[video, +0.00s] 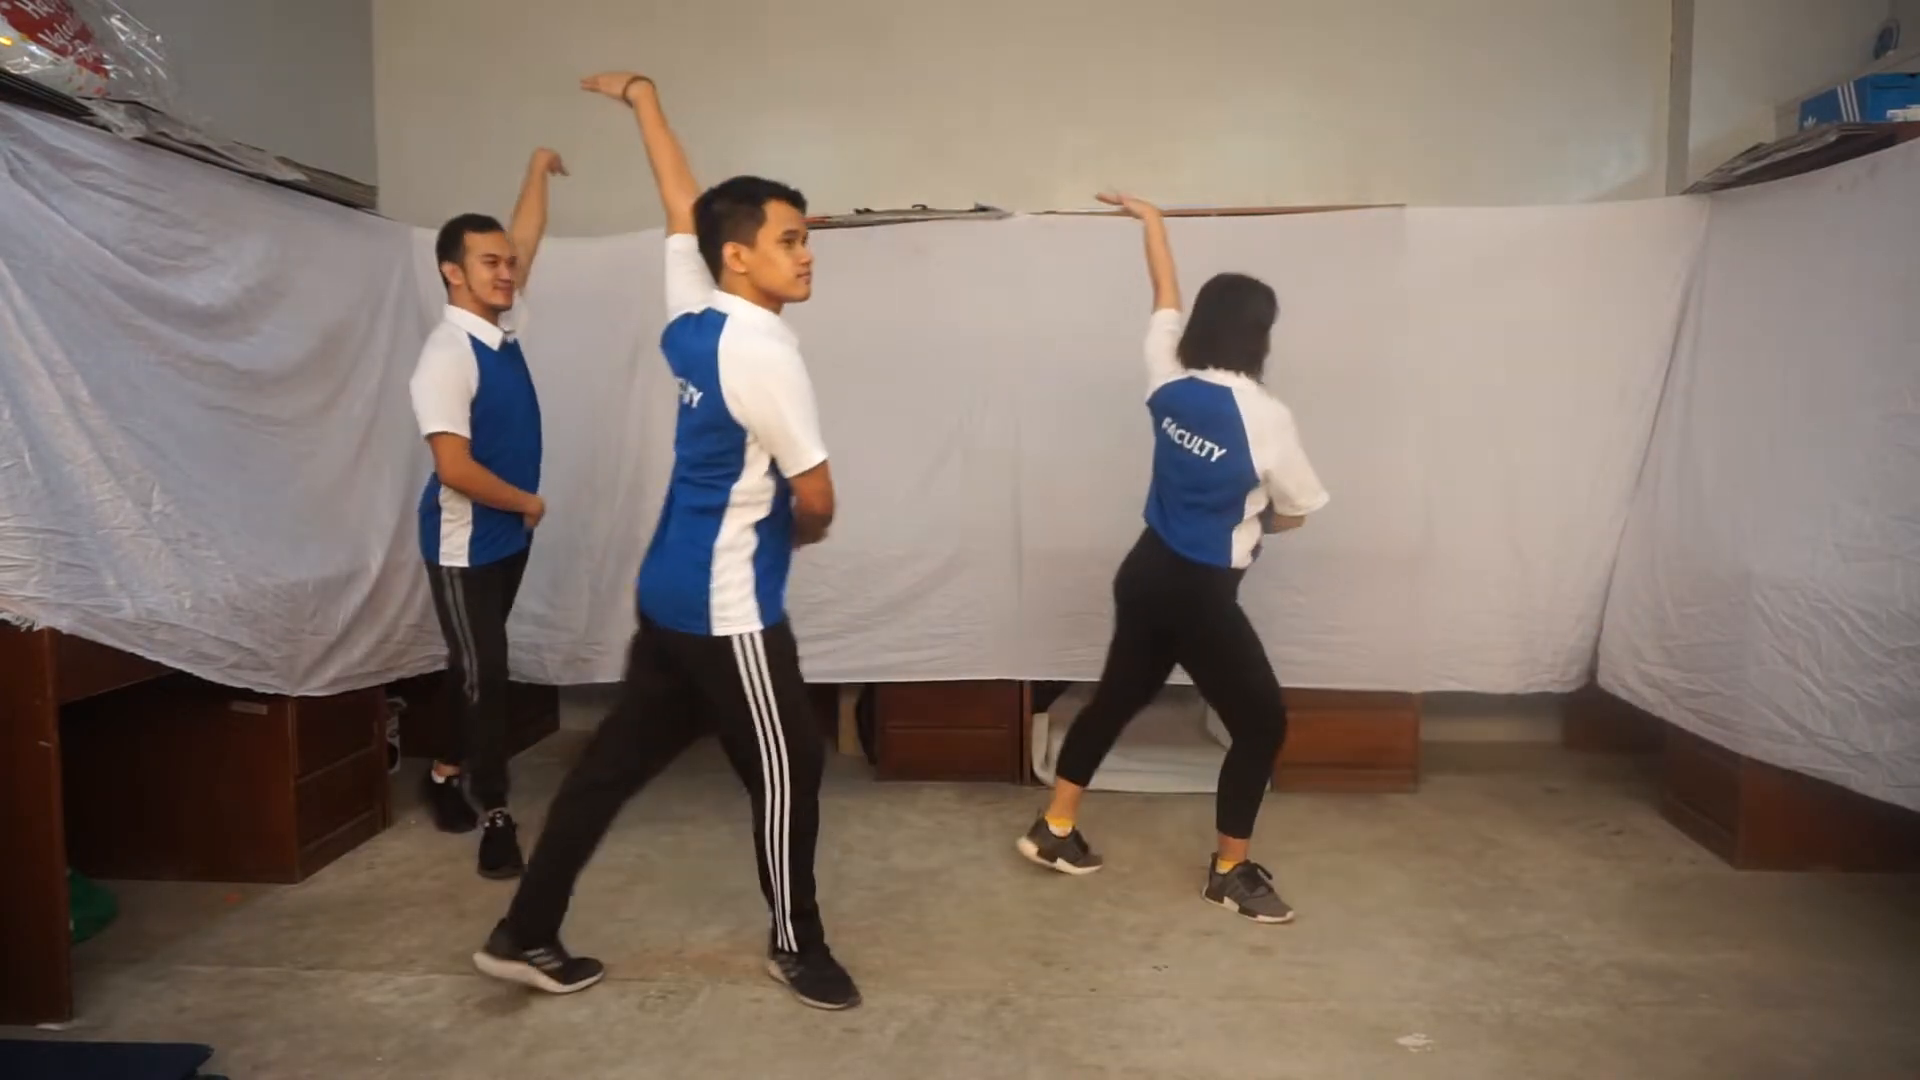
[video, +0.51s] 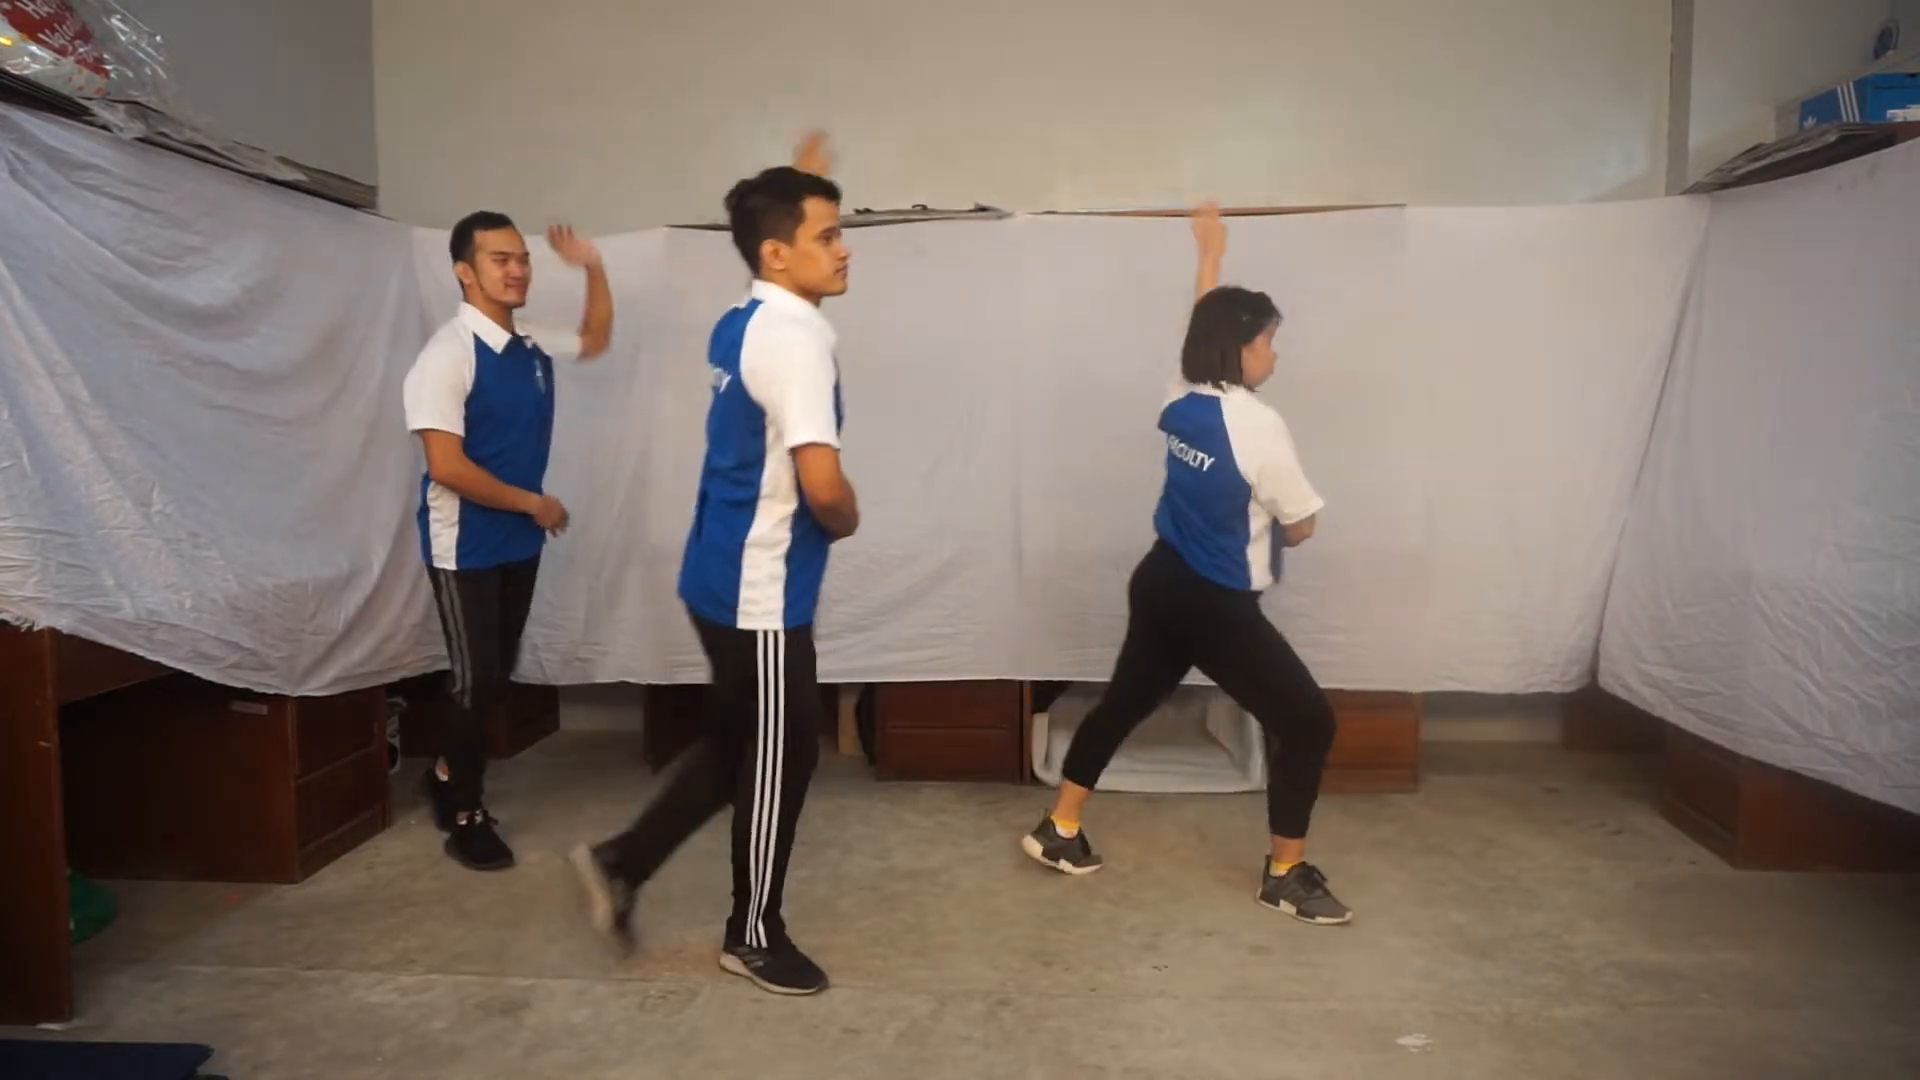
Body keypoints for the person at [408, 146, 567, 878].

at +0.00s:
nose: (506, 270)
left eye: (510, 262)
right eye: (492, 262)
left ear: (512, 271)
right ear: (455, 273)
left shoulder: (498, 327)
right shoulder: (449, 351)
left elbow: (520, 247)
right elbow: (451, 466)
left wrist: (538, 171)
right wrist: (526, 502)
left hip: (503, 535)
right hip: (462, 543)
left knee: (480, 667)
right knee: (485, 679)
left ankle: (449, 772)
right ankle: (497, 818)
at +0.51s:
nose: (518, 270)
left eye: (523, 259)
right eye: (502, 259)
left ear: (529, 270)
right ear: (465, 272)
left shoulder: (530, 348)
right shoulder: (446, 355)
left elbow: (594, 341)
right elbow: (445, 466)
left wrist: (593, 268)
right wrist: (532, 502)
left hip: (516, 543)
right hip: (462, 549)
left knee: (492, 678)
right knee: (476, 683)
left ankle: (448, 773)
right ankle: (468, 810)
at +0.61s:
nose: (524, 269)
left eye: (532, 258)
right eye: (508, 258)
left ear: (541, 267)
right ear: (476, 270)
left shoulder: (548, 354)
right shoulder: (454, 359)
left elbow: (595, 418)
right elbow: (448, 464)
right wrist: (533, 499)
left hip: (538, 552)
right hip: (470, 560)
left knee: (553, 665)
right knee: (470, 687)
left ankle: (492, 759)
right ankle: (468, 814)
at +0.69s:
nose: (538, 268)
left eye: (547, 257)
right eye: (522, 257)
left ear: (556, 266)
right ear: (491, 269)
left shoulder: (564, 357)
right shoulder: (468, 354)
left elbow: (590, 444)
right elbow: (458, 460)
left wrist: (641, 468)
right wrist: (543, 499)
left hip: (554, 548)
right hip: (482, 555)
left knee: (582, 658)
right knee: (475, 686)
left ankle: (559, 785)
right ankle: (468, 815)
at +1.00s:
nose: (605, 267)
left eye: (616, 256)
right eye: (590, 255)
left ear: (626, 265)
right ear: (561, 263)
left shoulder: (655, 351)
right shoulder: (525, 351)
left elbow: (692, 443)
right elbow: (496, 450)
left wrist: (674, 513)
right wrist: (578, 474)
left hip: (642, 557)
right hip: (566, 561)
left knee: (643, 688)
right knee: (564, 690)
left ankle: (639, 811)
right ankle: (566, 816)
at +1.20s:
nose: (648, 270)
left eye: (660, 259)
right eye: (633, 258)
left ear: (672, 269)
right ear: (607, 267)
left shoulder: (698, 353)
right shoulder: (569, 352)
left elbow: (740, 444)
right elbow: (534, 459)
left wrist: (732, 499)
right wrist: (543, 430)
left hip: (684, 554)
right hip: (602, 558)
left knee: (697, 678)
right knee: (598, 689)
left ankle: (719, 793)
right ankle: (605, 824)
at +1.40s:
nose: (698, 267)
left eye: (713, 256)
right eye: (685, 256)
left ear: (734, 266)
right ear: (670, 267)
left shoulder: (758, 352)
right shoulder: (646, 354)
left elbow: (764, 458)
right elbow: (573, 415)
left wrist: (664, 505)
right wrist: (565, 329)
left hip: (748, 564)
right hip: (672, 562)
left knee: (768, 694)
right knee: (643, 689)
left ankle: (807, 828)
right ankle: (613, 823)